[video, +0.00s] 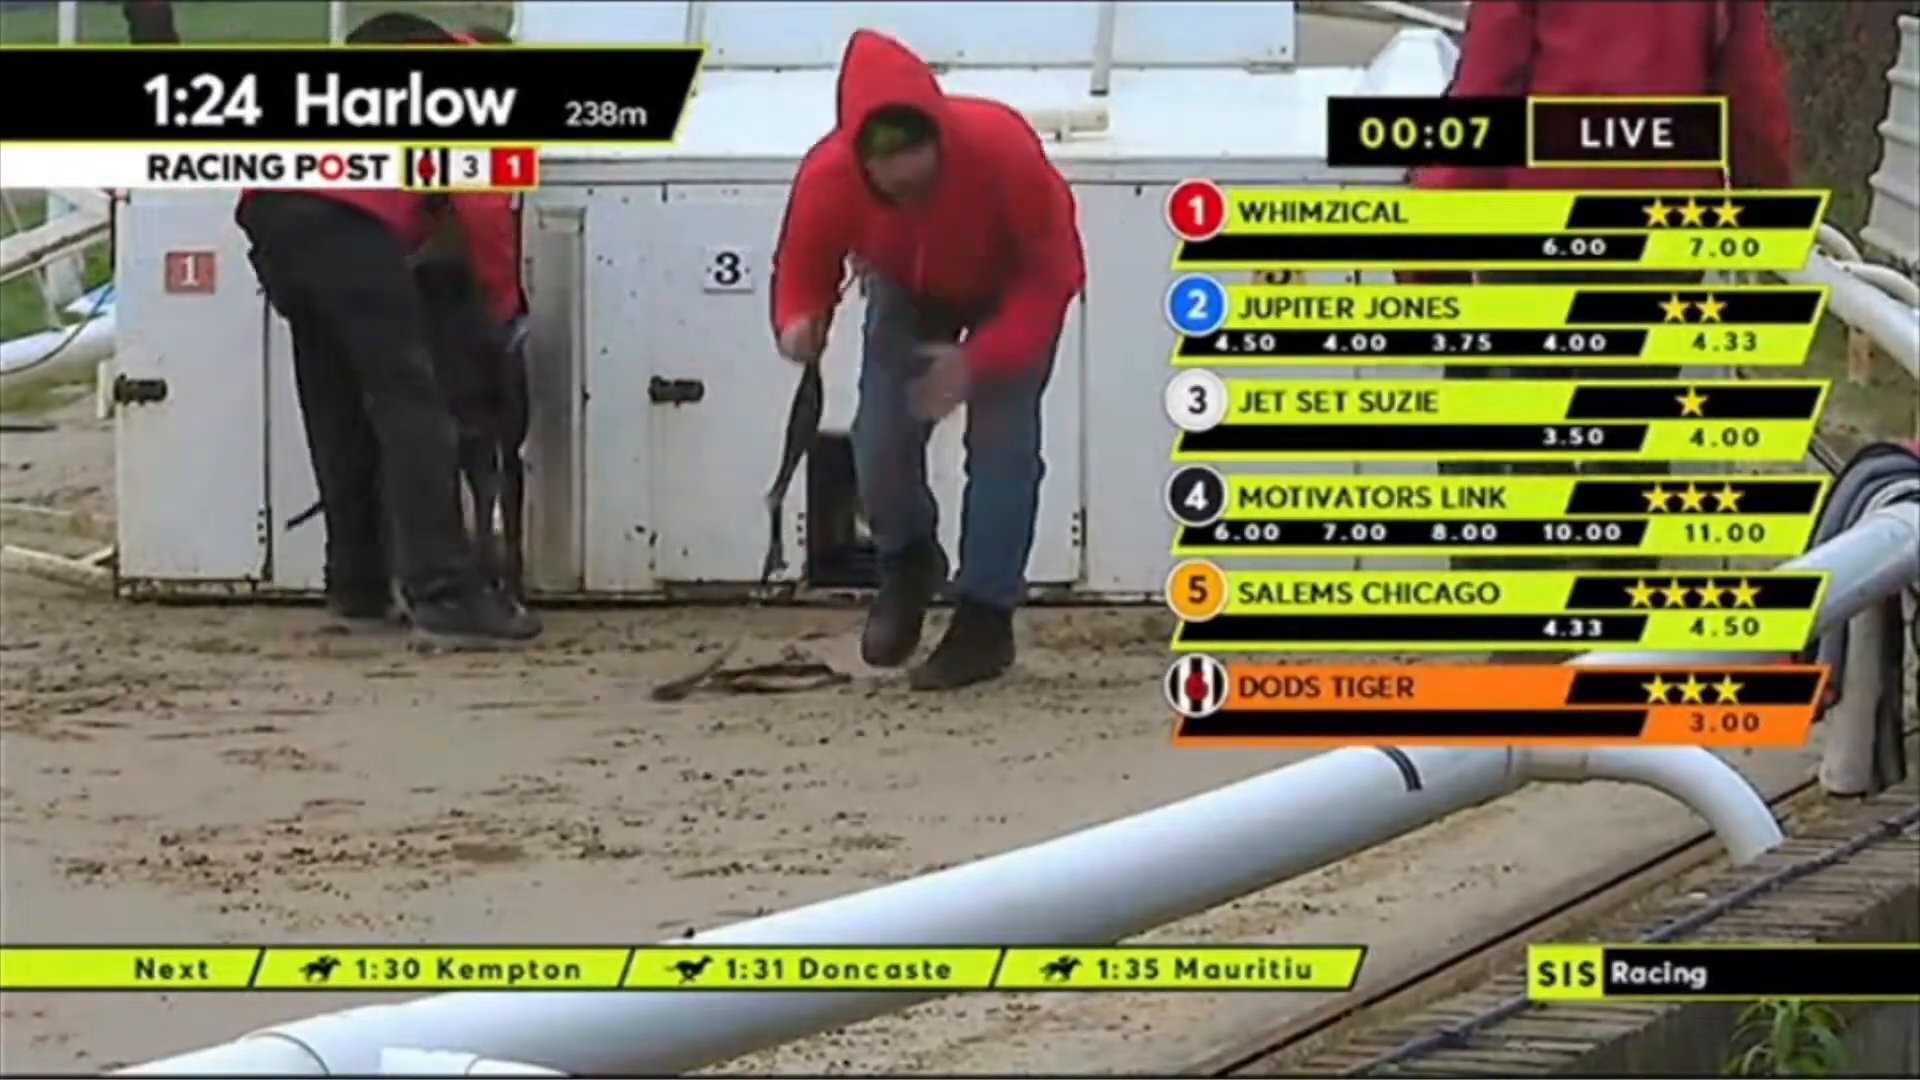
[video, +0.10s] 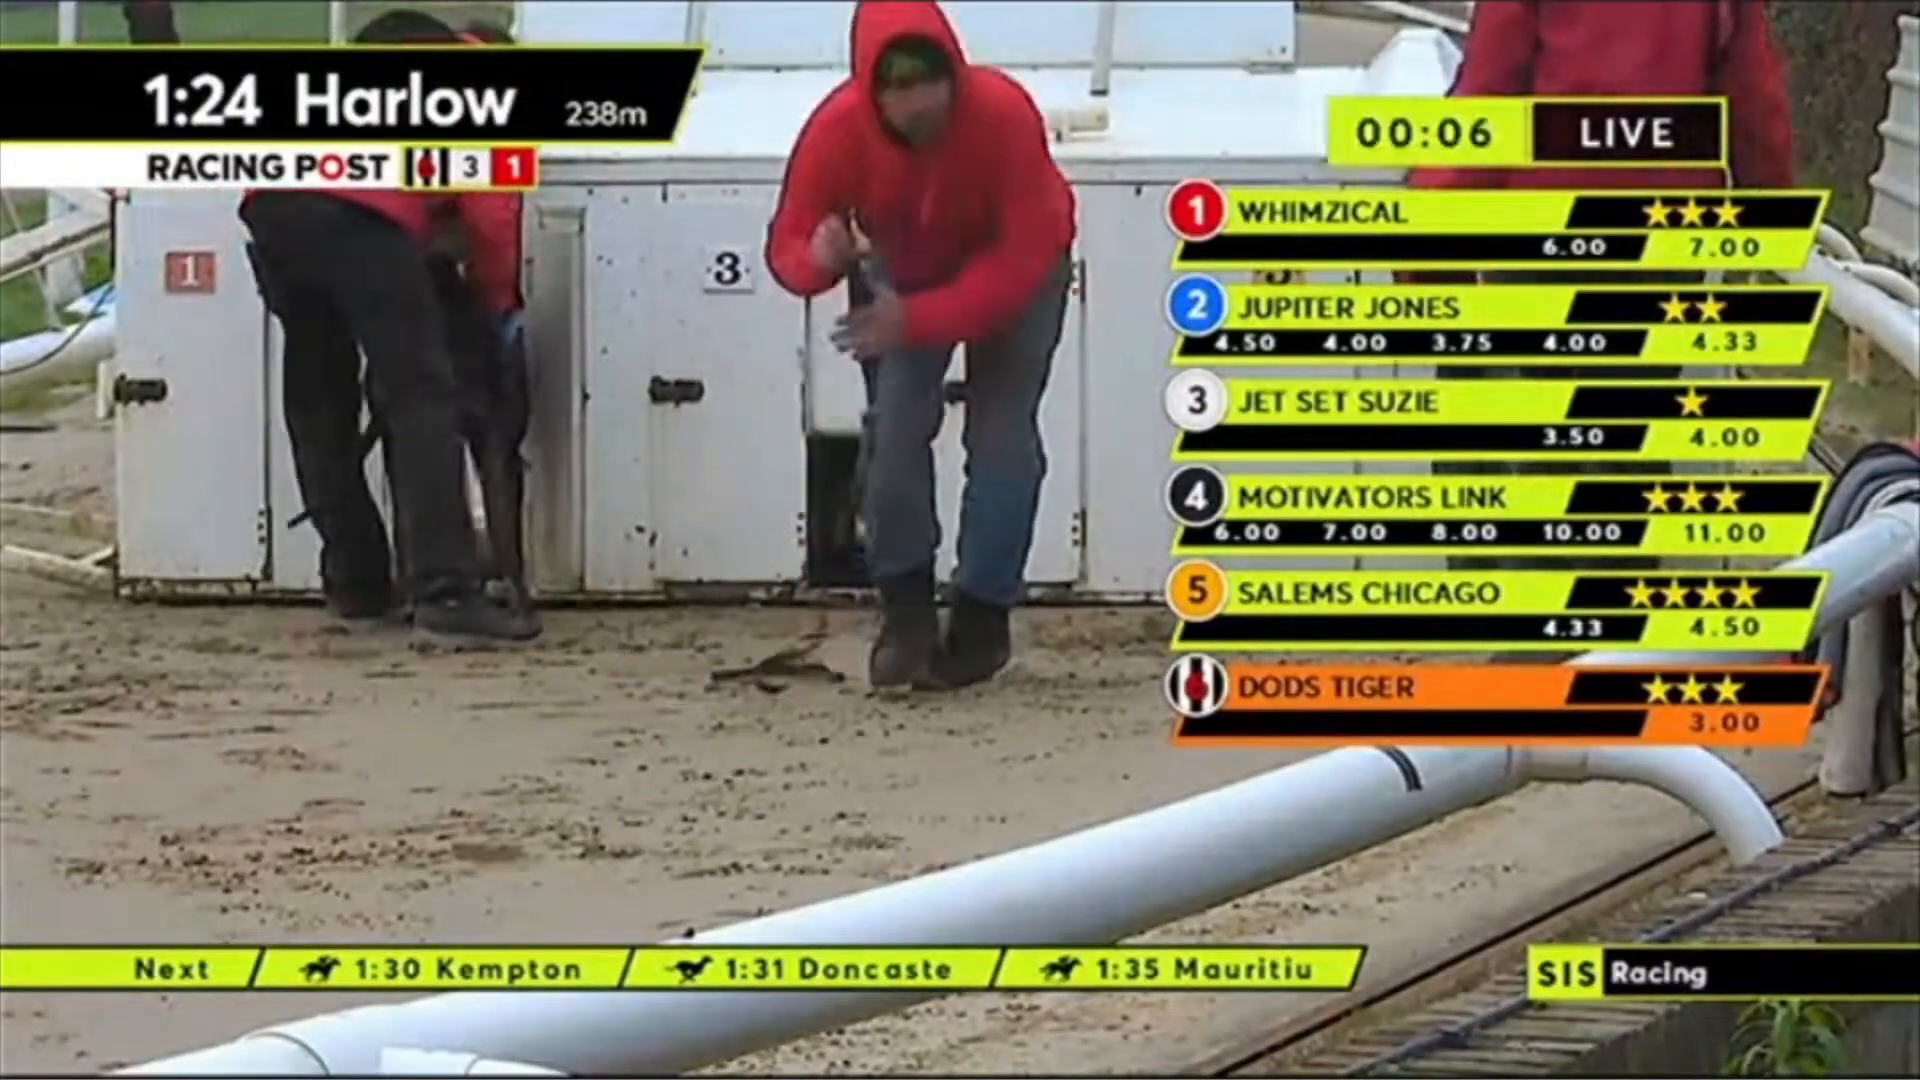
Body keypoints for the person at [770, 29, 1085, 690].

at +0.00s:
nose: (905, 196)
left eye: (917, 181)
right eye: (890, 188)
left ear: (939, 142)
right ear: (861, 159)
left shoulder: (1003, 151)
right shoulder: (829, 176)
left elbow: (1054, 273)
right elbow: (802, 267)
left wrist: (976, 360)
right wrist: (799, 320)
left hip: (1011, 288)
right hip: (907, 290)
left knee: (1001, 448)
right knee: (881, 443)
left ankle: (985, 619)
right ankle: (907, 564)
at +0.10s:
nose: (916, 100)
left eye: (929, 80)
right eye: (896, 84)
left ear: (953, 74)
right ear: (871, 85)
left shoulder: (1003, 115)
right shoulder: (837, 129)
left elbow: (1027, 254)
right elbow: (787, 249)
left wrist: (914, 321)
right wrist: (819, 262)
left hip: (1012, 259)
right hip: (906, 269)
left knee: (1001, 429)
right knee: (896, 428)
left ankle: (982, 618)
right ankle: (907, 615)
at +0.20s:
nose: (933, 43)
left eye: (948, 24)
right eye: (914, 27)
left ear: (970, 25)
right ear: (886, 31)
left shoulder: (1011, 81)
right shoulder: (848, 86)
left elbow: (1024, 228)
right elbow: (774, 229)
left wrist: (890, 269)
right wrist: (814, 198)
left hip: (1014, 269)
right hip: (903, 269)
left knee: (998, 430)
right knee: (906, 427)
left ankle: (980, 613)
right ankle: (904, 624)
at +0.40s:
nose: (937, 2)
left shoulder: (1032, 41)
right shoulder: (865, 45)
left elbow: (1051, 194)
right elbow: (750, 160)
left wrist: (930, 196)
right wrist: (767, 85)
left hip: (1027, 291)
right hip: (916, 285)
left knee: (1004, 468)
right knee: (920, 455)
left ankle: (980, 611)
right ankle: (922, 660)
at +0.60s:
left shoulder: (1082, 11)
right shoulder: (879, 12)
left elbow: (1112, 127)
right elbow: (792, 49)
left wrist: (996, 188)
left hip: (1053, 261)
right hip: (933, 265)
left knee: (1055, 442)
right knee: (924, 463)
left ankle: (1025, 626)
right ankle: (923, 662)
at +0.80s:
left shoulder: (1130, 14)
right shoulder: (934, 11)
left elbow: (1169, 137)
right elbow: (842, 31)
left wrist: (1098, 192)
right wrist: (783, 4)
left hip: (1089, 278)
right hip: (968, 280)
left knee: (1094, 463)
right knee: (948, 464)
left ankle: (1105, 659)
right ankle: (932, 651)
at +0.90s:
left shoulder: (1179, 16)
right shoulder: (986, 12)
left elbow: (1220, 148)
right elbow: (879, 49)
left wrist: (1151, 160)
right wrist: (822, 106)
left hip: (1128, 289)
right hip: (1003, 289)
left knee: (1125, 488)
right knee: (970, 468)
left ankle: (1107, 692)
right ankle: (938, 623)